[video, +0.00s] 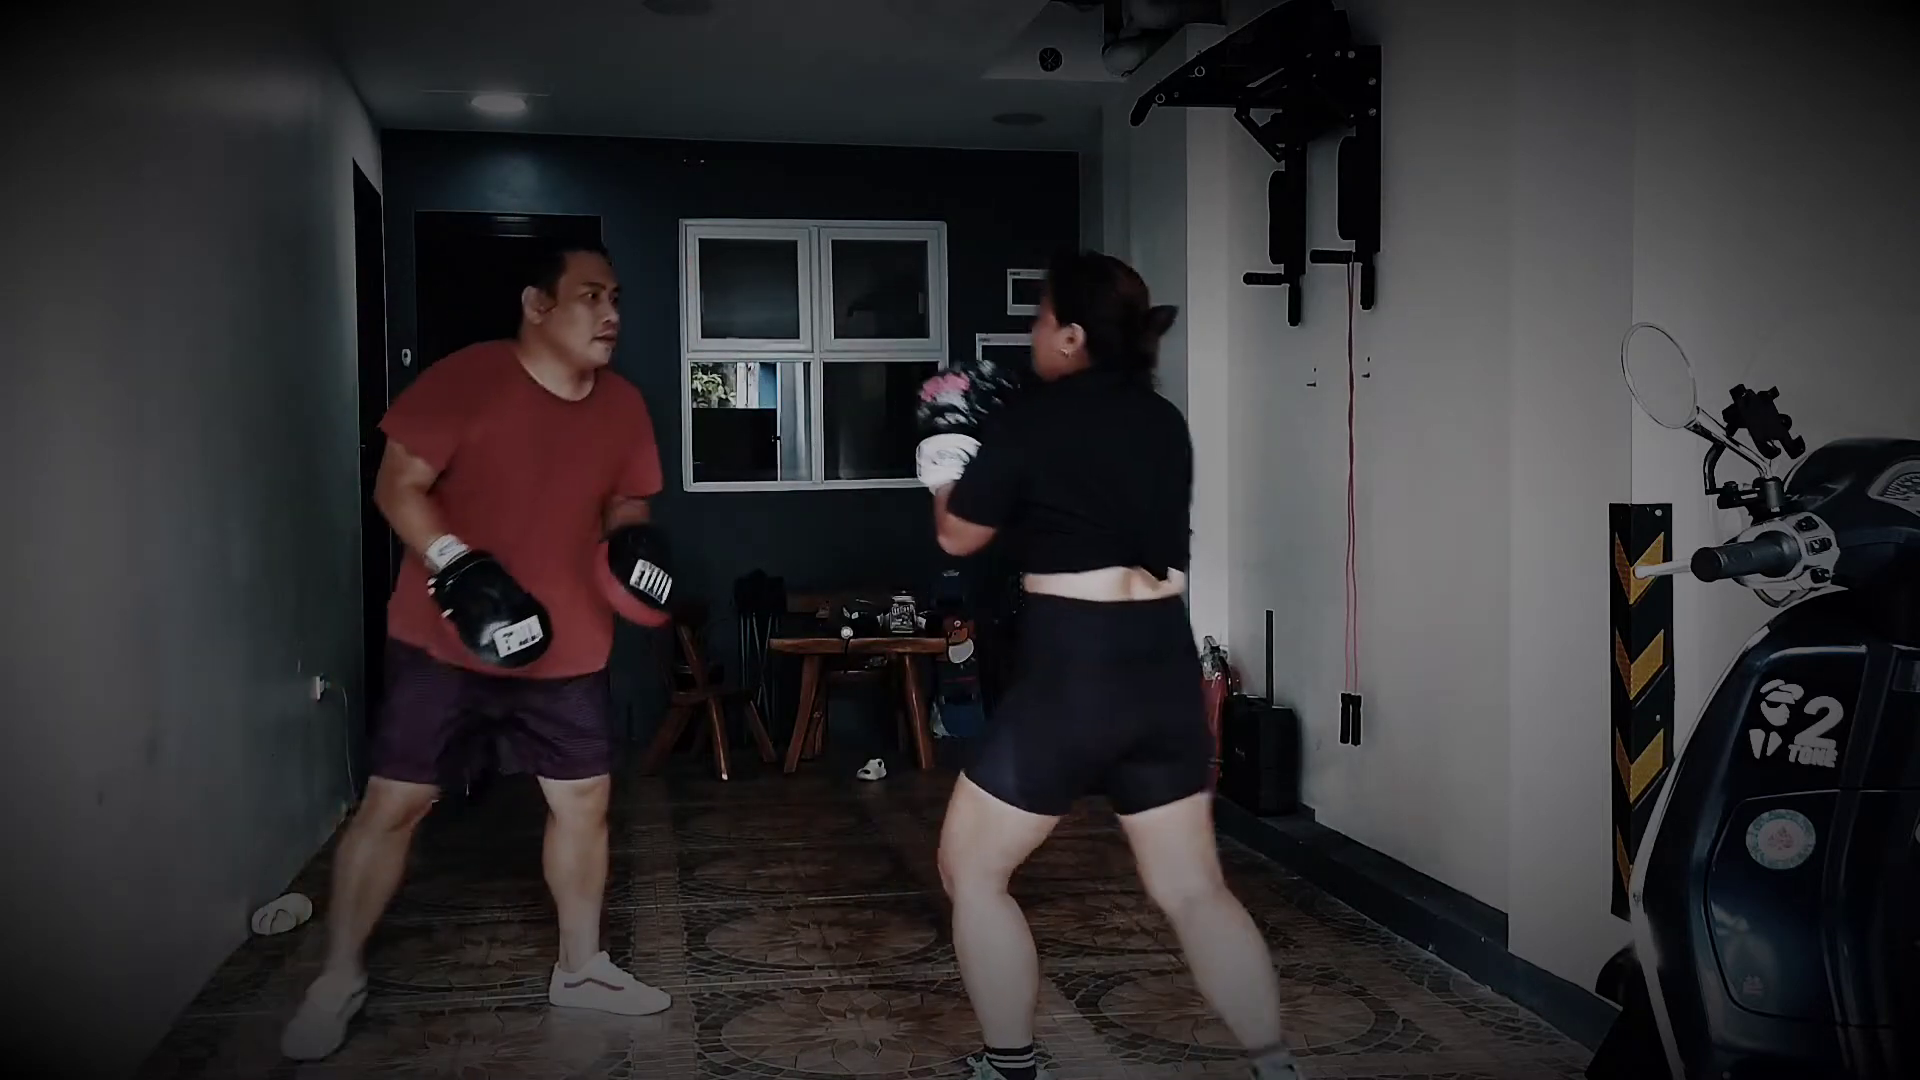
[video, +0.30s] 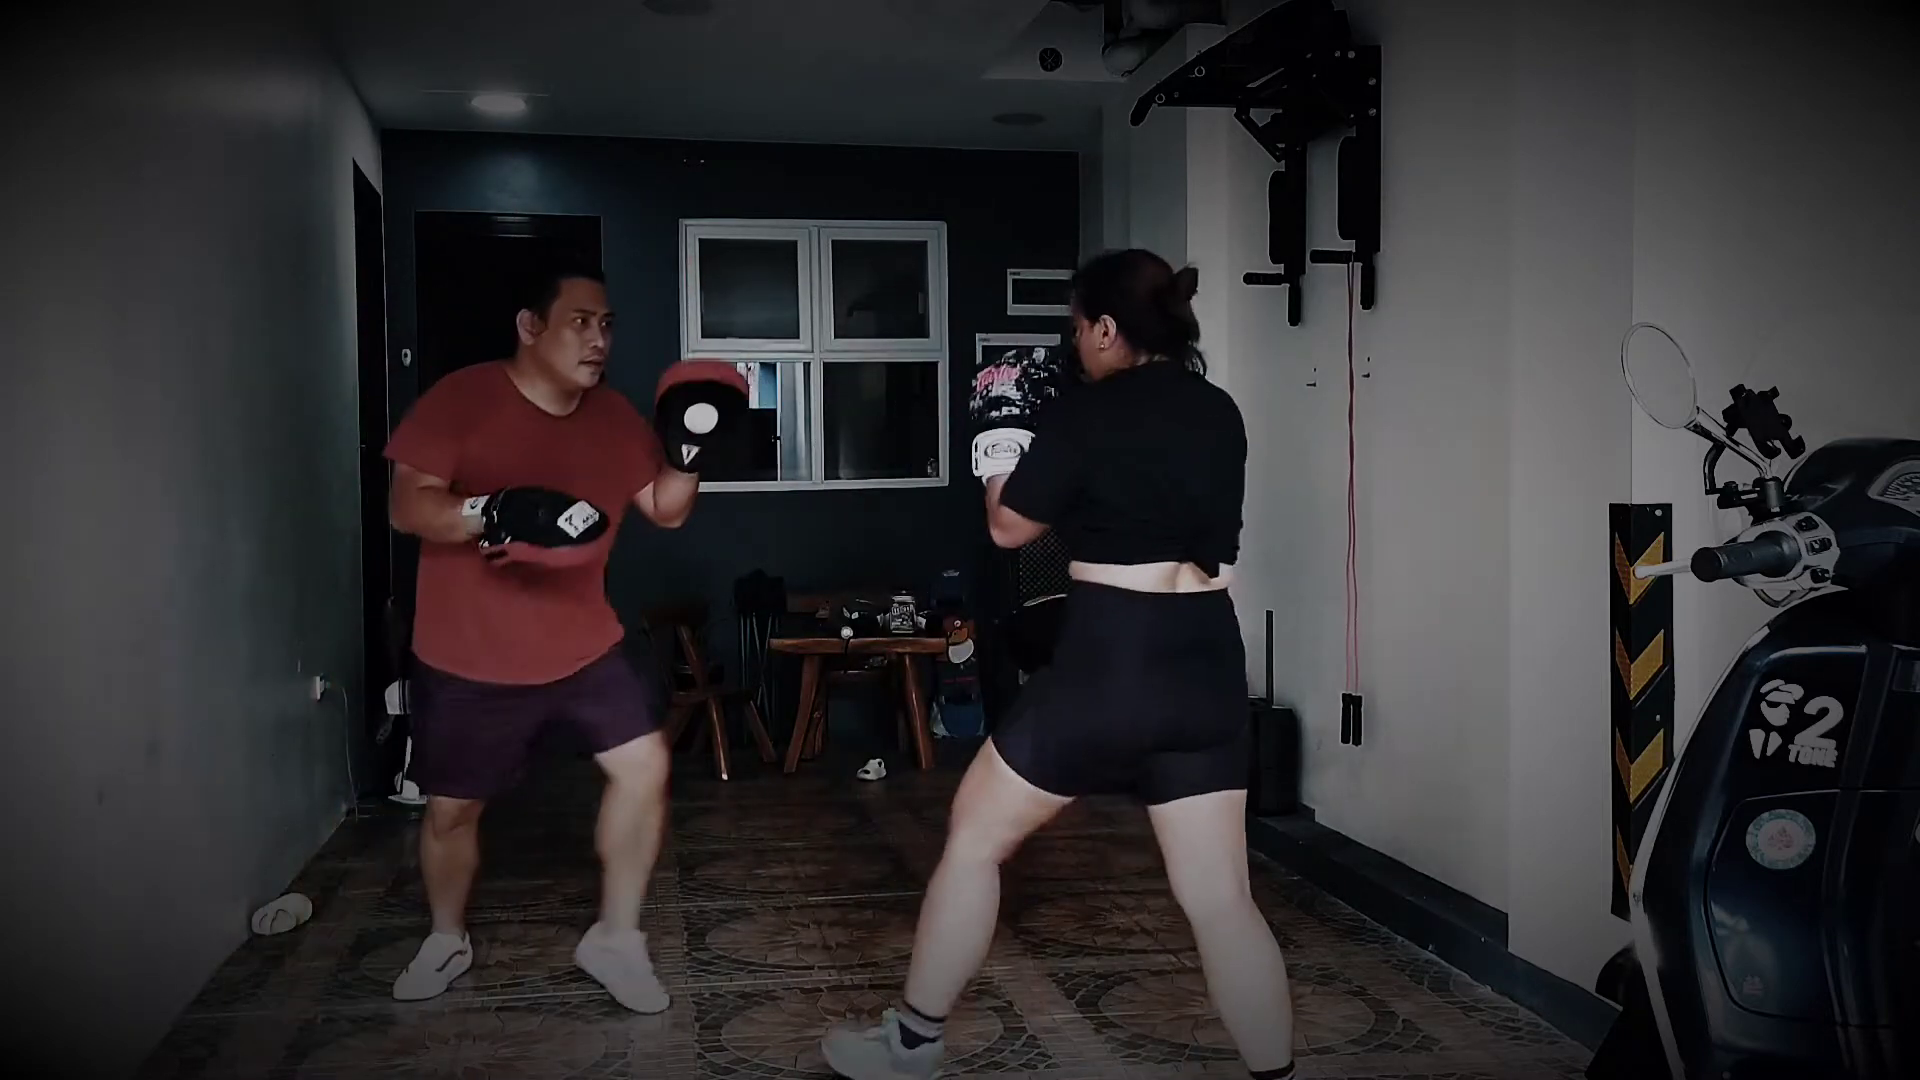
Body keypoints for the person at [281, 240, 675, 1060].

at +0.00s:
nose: (610, 312)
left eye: (614, 298)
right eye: (591, 296)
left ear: (613, 313)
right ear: (537, 307)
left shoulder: (621, 404)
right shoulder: (466, 381)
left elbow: (630, 503)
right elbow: (397, 487)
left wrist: (636, 548)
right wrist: (461, 571)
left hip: (568, 651)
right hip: (445, 645)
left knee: (583, 797)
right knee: (394, 803)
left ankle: (580, 969)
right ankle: (340, 973)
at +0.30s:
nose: (599, 338)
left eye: (604, 323)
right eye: (581, 323)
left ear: (608, 331)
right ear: (530, 328)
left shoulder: (615, 418)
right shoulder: (459, 401)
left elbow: (667, 509)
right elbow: (408, 509)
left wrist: (694, 442)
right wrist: (490, 514)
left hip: (582, 648)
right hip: (467, 655)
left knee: (643, 763)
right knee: (451, 811)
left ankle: (616, 935)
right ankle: (447, 939)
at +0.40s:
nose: (600, 345)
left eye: (605, 330)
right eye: (582, 330)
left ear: (609, 337)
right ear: (531, 334)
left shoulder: (617, 419)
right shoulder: (466, 403)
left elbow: (678, 502)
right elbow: (417, 514)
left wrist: (699, 432)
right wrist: (495, 502)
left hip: (589, 649)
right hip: (471, 658)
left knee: (657, 765)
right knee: (452, 812)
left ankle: (686, 928)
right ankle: (448, 939)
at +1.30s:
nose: (682, 346)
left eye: (695, 331)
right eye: (665, 330)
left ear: (708, 335)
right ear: (628, 331)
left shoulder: (731, 404)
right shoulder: (578, 398)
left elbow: (782, 457)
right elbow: (529, 492)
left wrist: (792, 385)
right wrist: (568, 501)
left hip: (697, 642)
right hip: (584, 641)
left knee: (726, 783)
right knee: (537, 777)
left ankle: (746, 941)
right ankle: (530, 898)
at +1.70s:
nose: (666, 359)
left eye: (679, 345)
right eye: (650, 344)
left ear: (694, 349)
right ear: (618, 347)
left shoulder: (720, 410)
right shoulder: (576, 418)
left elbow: (769, 470)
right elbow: (540, 505)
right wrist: (574, 519)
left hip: (715, 636)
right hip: (609, 641)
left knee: (758, 773)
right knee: (595, 773)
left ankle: (799, 901)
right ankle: (607, 891)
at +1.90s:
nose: (692, 357)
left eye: (706, 343)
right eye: (676, 343)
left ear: (724, 350)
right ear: (649, 350)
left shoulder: (745, 419)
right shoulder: (617, 419)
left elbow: (775, 504)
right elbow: (583, 503)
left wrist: (729, 516)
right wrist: (601, 520)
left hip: (727, 637)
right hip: (640, 636)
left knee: (740, 778)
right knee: (616, 770)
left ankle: (755, 897)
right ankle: (610, 891)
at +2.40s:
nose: (709, 361)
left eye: (722, 350)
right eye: (699, 348)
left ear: (745, 356)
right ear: (677, 350)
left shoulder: (770, 416)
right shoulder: (646, 414)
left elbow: (795, 498)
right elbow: (605, 501)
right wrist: (637, 518)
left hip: (748, 631)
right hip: (660, 627)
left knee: (781, 771)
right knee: (622, 760)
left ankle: (830, 896)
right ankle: (609, 889)